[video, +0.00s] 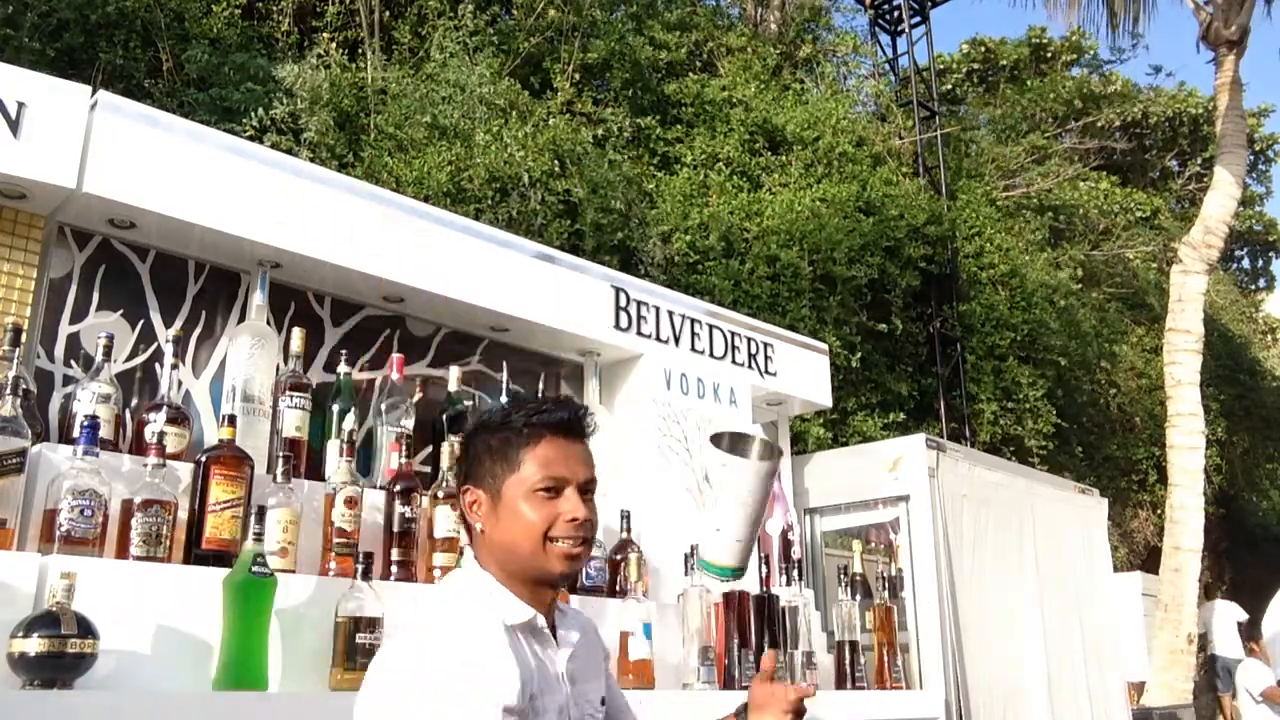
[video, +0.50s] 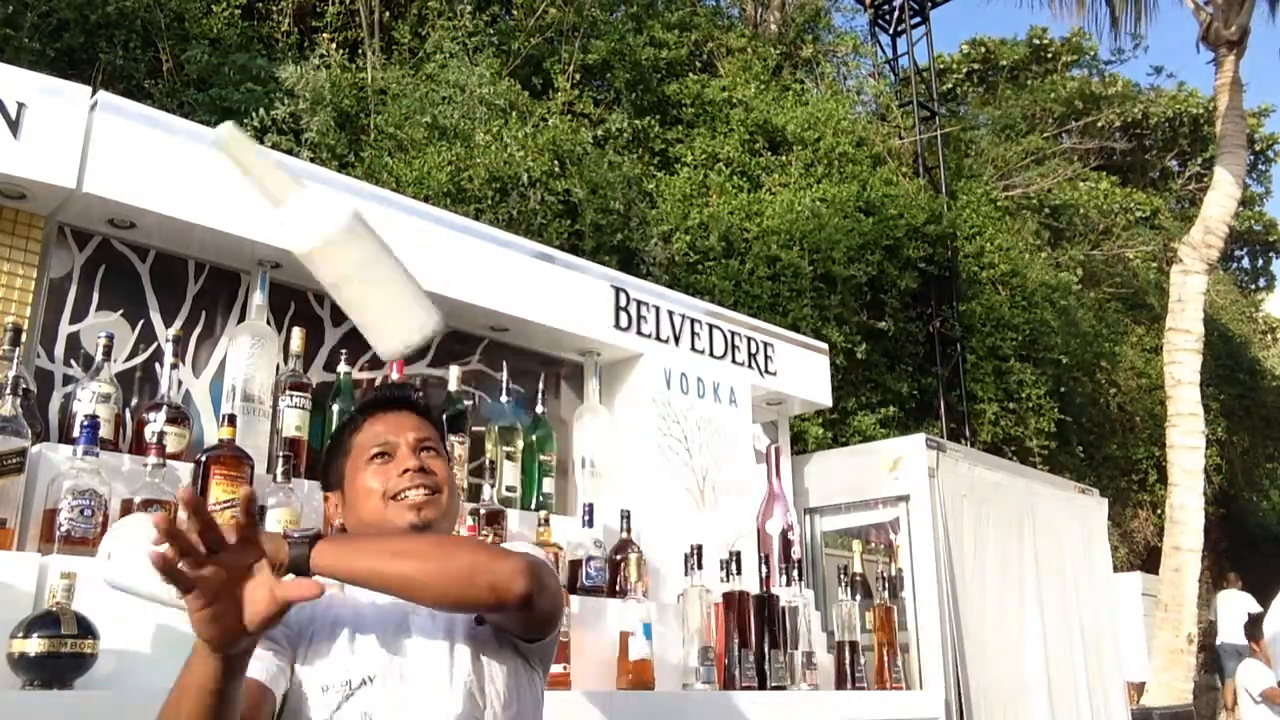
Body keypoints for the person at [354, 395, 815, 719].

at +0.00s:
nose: (582, 512)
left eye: (586, 492)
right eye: (550, 492)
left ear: (595, 495)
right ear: (477, 510)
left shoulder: (580, 631)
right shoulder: (447, 655)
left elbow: (620, 718)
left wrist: (745, 716)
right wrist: (752, 719)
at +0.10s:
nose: (517, 502)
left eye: (529, 480)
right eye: (483, 482)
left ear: (544, 492)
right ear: (420, 501)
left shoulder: (556, 631)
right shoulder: (385, 637)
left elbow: (643, 716)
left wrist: (745, 660)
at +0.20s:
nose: (460, 491)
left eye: (476, 469)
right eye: (429, 472)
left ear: (496, 490)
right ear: (375, 499)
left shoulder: (541, 628)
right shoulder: (307, 624)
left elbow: (649, 717)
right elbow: (283, 709)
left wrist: (674, 658)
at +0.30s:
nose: (419, 482)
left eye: (439, 462)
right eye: (389, 468)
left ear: (467, 493)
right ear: (344, 506)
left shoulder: (505, 616)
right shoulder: (278, 628)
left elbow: (632, 700)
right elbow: (246, 707)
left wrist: (477, 616)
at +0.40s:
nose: (403, 474)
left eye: (422, 458)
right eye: (373, 465)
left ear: (456, 491)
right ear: (335, 513)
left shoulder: (498, 589)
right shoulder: (286, 623)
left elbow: (543, 623)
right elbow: (225, 712)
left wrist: (316, 587)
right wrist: (162, 710)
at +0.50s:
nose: (414, 463)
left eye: (429, 450)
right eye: (381, 455)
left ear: (455, 486)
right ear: (337, 509)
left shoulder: (506, 589)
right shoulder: (297, 606)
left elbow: (515, 581)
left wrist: (293, 551)